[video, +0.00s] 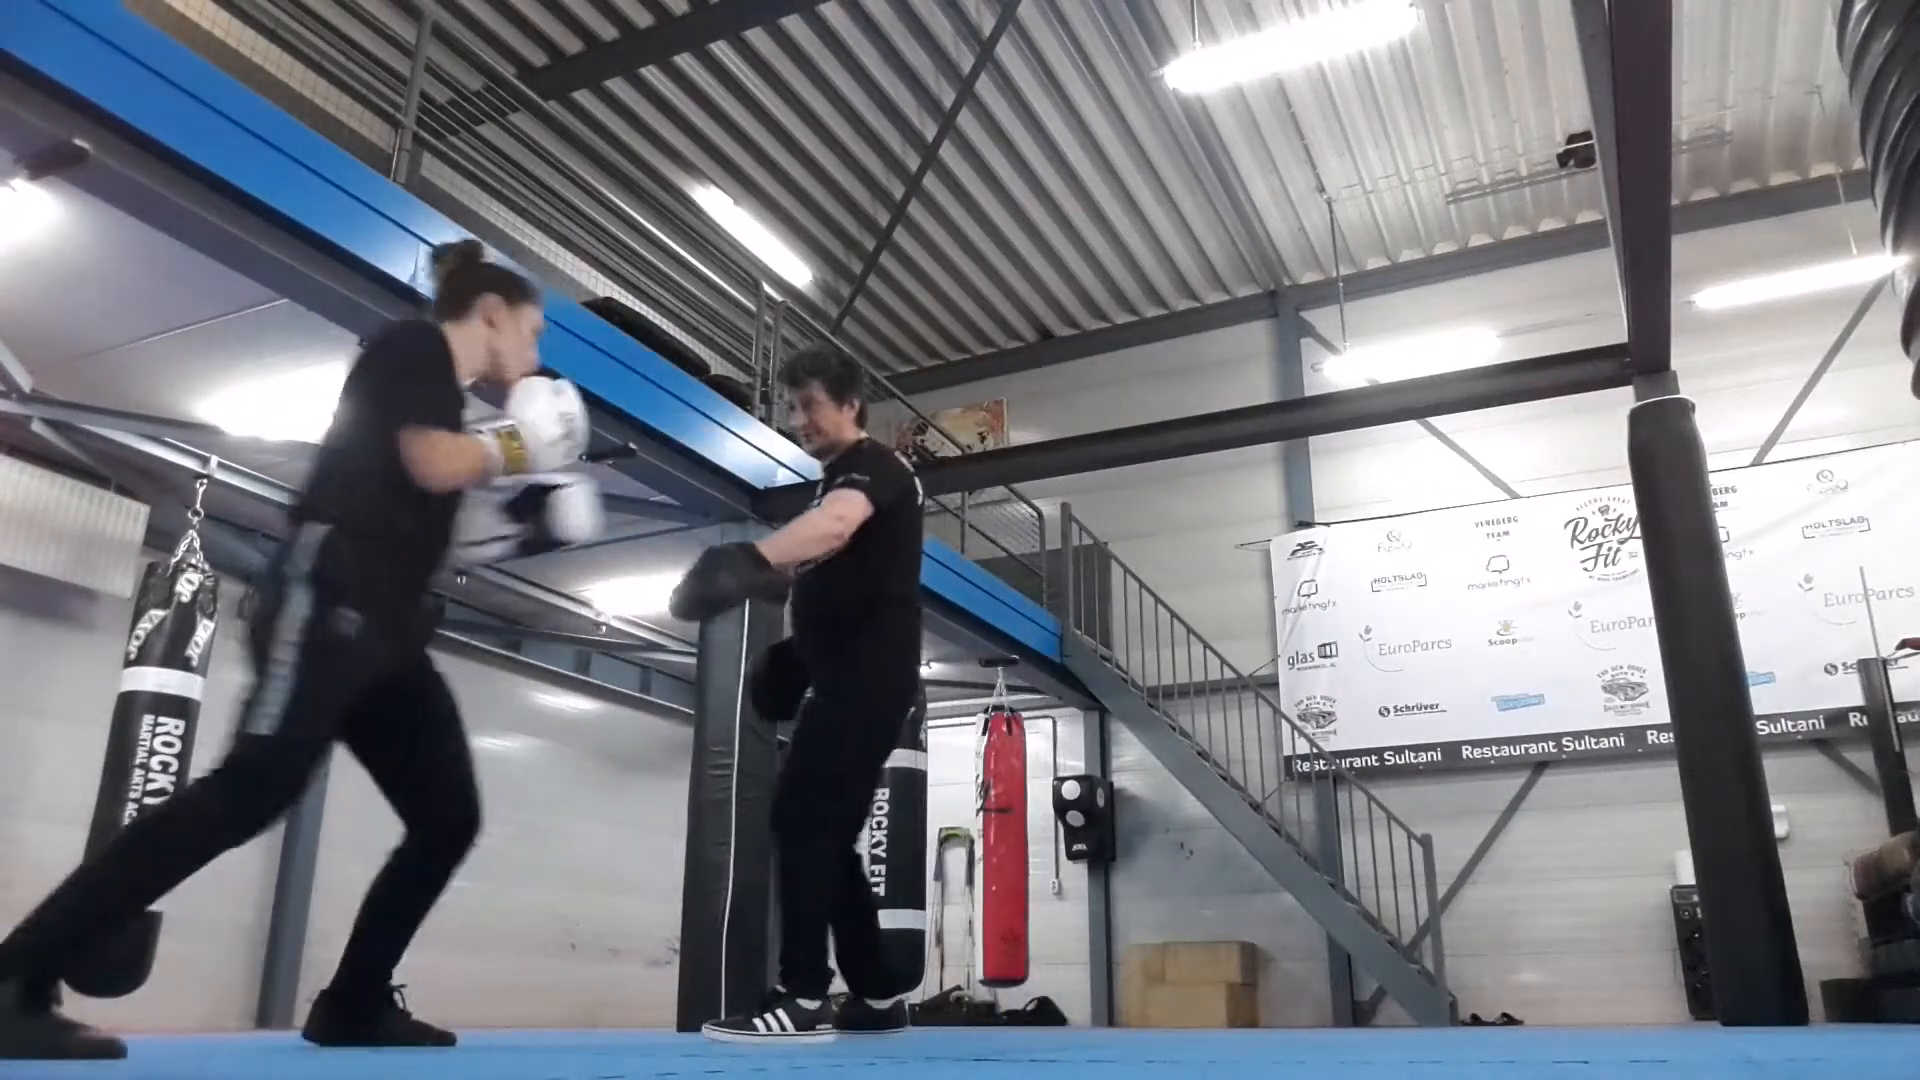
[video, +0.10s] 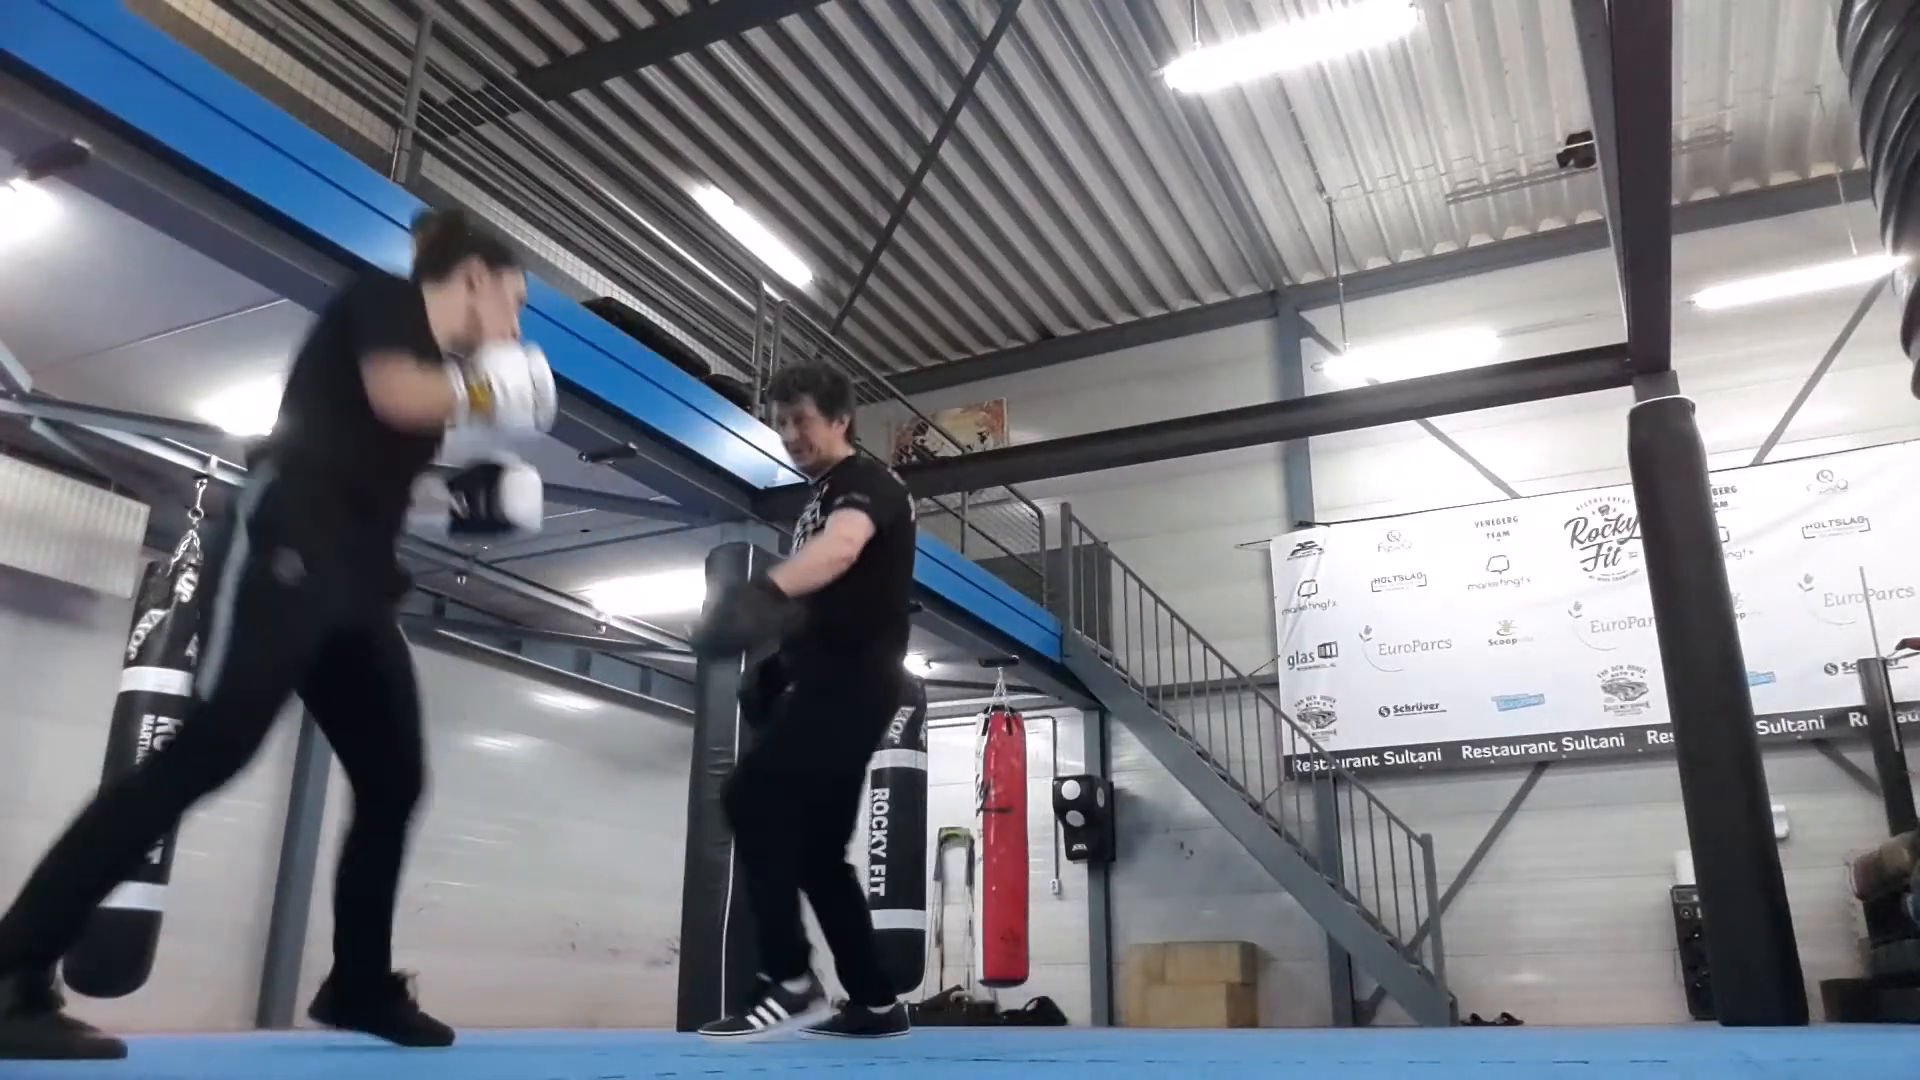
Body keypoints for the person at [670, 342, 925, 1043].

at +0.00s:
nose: (799, 424)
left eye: (809, 408)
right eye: (795, 413)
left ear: (852, 406)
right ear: (813, 415)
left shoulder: (875, 463)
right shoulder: (851, 482)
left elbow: (835, 527)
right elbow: (853, 591)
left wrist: (742, 561)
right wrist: (800, 659)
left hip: (866, 683)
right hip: (856, 684)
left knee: (801, 816)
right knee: (824, 830)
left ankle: (804, 994)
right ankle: (879, 990)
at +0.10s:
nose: (790, 438)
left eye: (800, 423)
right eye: (782, 426)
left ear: (839, 420)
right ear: (780, 430)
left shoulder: (863, 478)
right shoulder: (826, 498)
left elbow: (841, 548)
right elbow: (837, 604)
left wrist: (762, 592)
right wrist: (784, 661)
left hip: (851, 681)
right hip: (839, 683)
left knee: (753, 798)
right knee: (817, 845)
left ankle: (790, 982)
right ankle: (874, 999)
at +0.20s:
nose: (776, 435)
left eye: (786, 420)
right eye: (769, 424)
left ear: (824, 418)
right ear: (767, 429)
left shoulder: (850, 478)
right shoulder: (807, 497)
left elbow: (837, 551)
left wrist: (764, 614)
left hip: (829, 680)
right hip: (818, 683)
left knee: (726, 779)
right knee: (809, 843)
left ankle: (748, 973)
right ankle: (874, 997)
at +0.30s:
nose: (756, 419)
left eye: (767, 404)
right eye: (748, 409)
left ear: (804, 404)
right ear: (745, 415)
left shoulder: (828, 467)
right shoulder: (785, 486)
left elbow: (811, 540)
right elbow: (784, 581)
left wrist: (734, 601)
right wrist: (721, 640)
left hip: (809, 673)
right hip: (798, 674)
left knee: (715, 794)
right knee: (812, 836)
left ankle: (673, 972)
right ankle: (876, 993)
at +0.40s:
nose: (732, 412)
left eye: (745, 397)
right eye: (726, 400)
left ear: (787, 401)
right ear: (726, 406)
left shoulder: (803, 469)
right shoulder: (762, 483)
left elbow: (765, 535)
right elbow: (765, 599)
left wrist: (679, 572)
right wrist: (701, 651)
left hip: (778, 687)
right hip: (766, 687)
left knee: (689, 806)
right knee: (807, 844)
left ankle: (651, 993)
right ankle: (875, 995)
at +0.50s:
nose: (706, 403)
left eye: (720, 389)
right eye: (700, 391)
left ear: (765, 393)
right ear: (702, 395)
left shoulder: (775, 462)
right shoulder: (748, 473)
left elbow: (716, 533)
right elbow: (734, 600)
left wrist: (609, 568)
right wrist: (667, 653)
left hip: (738, 688)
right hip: (741, 688)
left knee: (648, 806)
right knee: (764, 845)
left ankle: (642, 998)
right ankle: (860, 982)